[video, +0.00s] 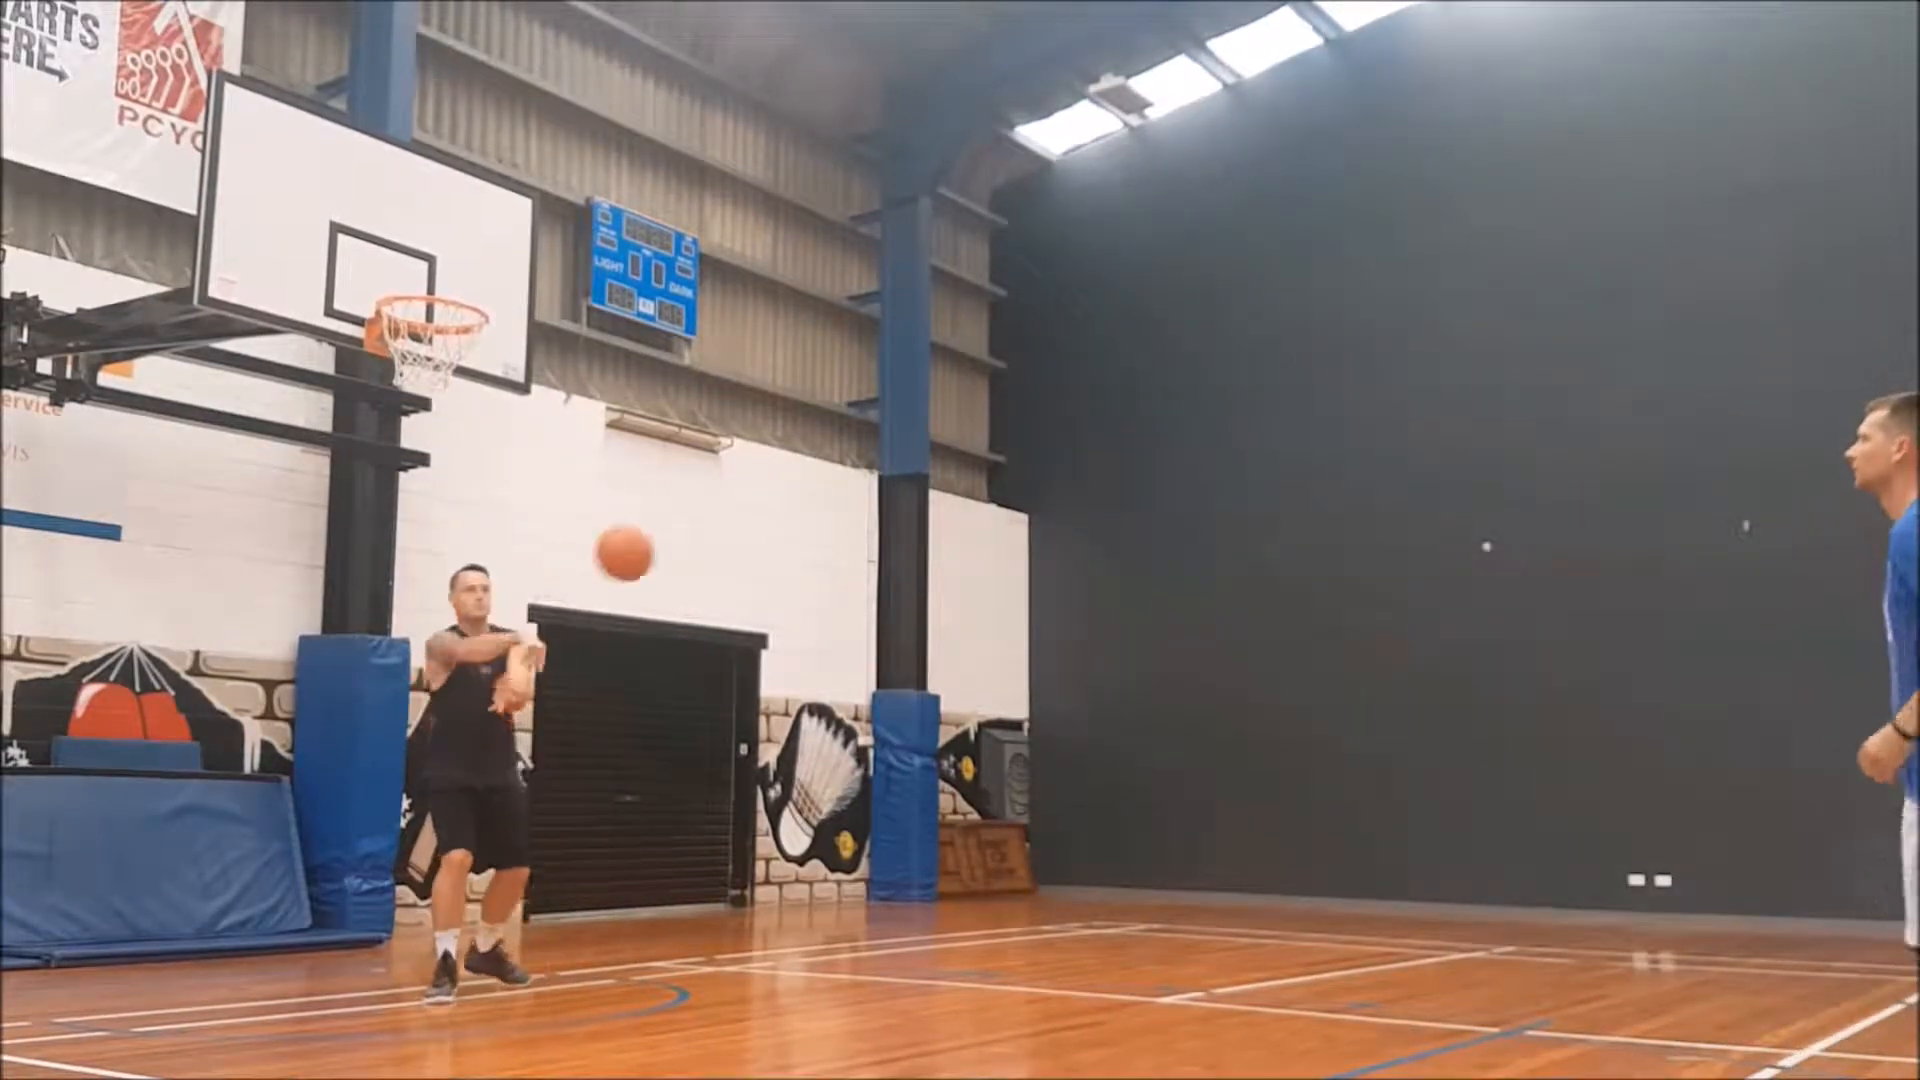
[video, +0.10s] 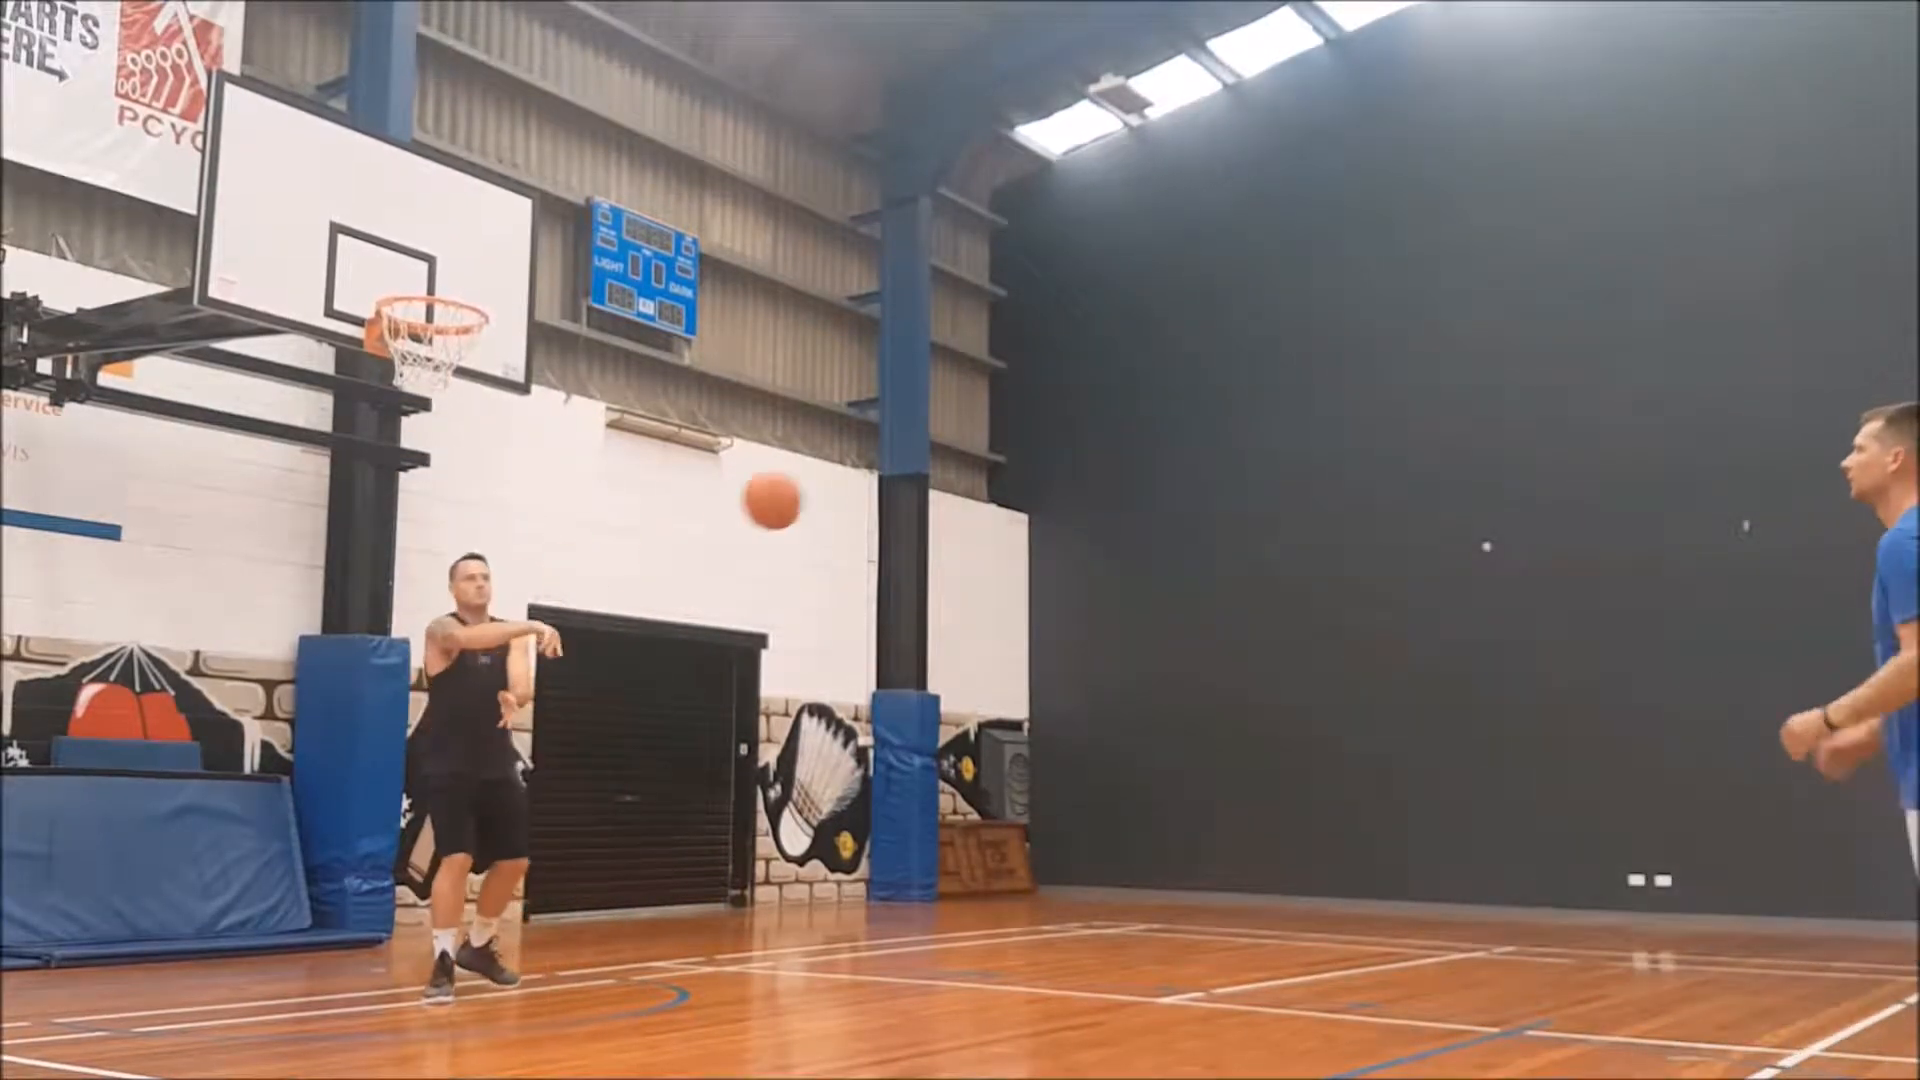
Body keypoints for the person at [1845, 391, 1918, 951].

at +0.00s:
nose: (1851, 451)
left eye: (1863, 439)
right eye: (1855, 439)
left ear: (1901, 449)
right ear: (1899, 451)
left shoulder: (1910, 536)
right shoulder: (1904, 535)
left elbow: (1917, 664)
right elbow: (1914, 661)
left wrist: (1898, 732)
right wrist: (1899, 735)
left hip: (1919, 787)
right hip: (1916, 783)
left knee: (1919, 938)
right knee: (1917, 938)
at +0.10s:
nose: (1845, 463)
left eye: (1858, 449)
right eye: (1850, 450)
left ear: (1895, 460)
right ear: (1894, 461)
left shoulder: (1902, 543)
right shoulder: (1902, 541)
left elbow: (1913, 660)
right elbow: (1911, 668)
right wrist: (1871, 731)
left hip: (1917, 791)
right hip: (1912, 788)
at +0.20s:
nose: (1835, 467)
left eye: (1847, 455)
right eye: (1841, 454)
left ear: (1885, 465)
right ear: (1888, 467)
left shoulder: (1888, 546)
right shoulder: (1904, 541)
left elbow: (1846, 663)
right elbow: (1865, 662)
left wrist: (1744, 663)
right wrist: (1780, 649)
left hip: (1910, 784)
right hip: (1907, 781)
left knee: (1883, 934)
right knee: (1886, 933)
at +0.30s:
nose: (1813, 464)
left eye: (1824, 451)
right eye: (1819, 451)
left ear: (1860, 462)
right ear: (1871, 465)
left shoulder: (1860, 539)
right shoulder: (1902, 536)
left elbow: (1769, 634)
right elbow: (1816, 628)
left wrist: (1690, 591)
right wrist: (1734, 577)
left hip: (1894, 769)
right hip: (1907, 767)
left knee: (1818, 908)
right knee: (1897, 927)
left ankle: (1918, 1030)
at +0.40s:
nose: (1780, 462)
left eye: (1791, 450)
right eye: (1784, 450)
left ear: (1825, 460)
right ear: (1838, 464)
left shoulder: (1824, 533)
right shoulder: (1879, 535)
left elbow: (1712, 605)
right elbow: (1755, 593)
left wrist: (1641, 552)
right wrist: (1685, 533)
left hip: (1871, 759)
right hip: (1904, 757)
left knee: (1771, 896)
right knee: (1913, 904)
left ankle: (1818, 1062)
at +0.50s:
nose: (1736, 475)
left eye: (1747, 463)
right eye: (1741, 463)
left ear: (1782, 475)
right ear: (1797, 479)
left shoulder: (1779, 549)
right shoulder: (1830, 543)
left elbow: (1667, 611)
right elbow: (1711, 597)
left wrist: (1602, 553)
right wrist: (1635, 543)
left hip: (1838, 770)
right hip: (1893, 765)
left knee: (1743, 911)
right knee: (1914, 917)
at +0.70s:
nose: (1621, 509)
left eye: (1634, 501)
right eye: (1628, 498)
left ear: (1666, 518)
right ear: (1685, 523)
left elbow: (1644, 714)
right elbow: (1705, 683)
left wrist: (1581, 678)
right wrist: (1621, 649)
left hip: (1742, 792)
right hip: (1800, 790)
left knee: (1636, 918)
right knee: (1804, 951)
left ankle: (1631, 1069)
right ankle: (1915, 1014)